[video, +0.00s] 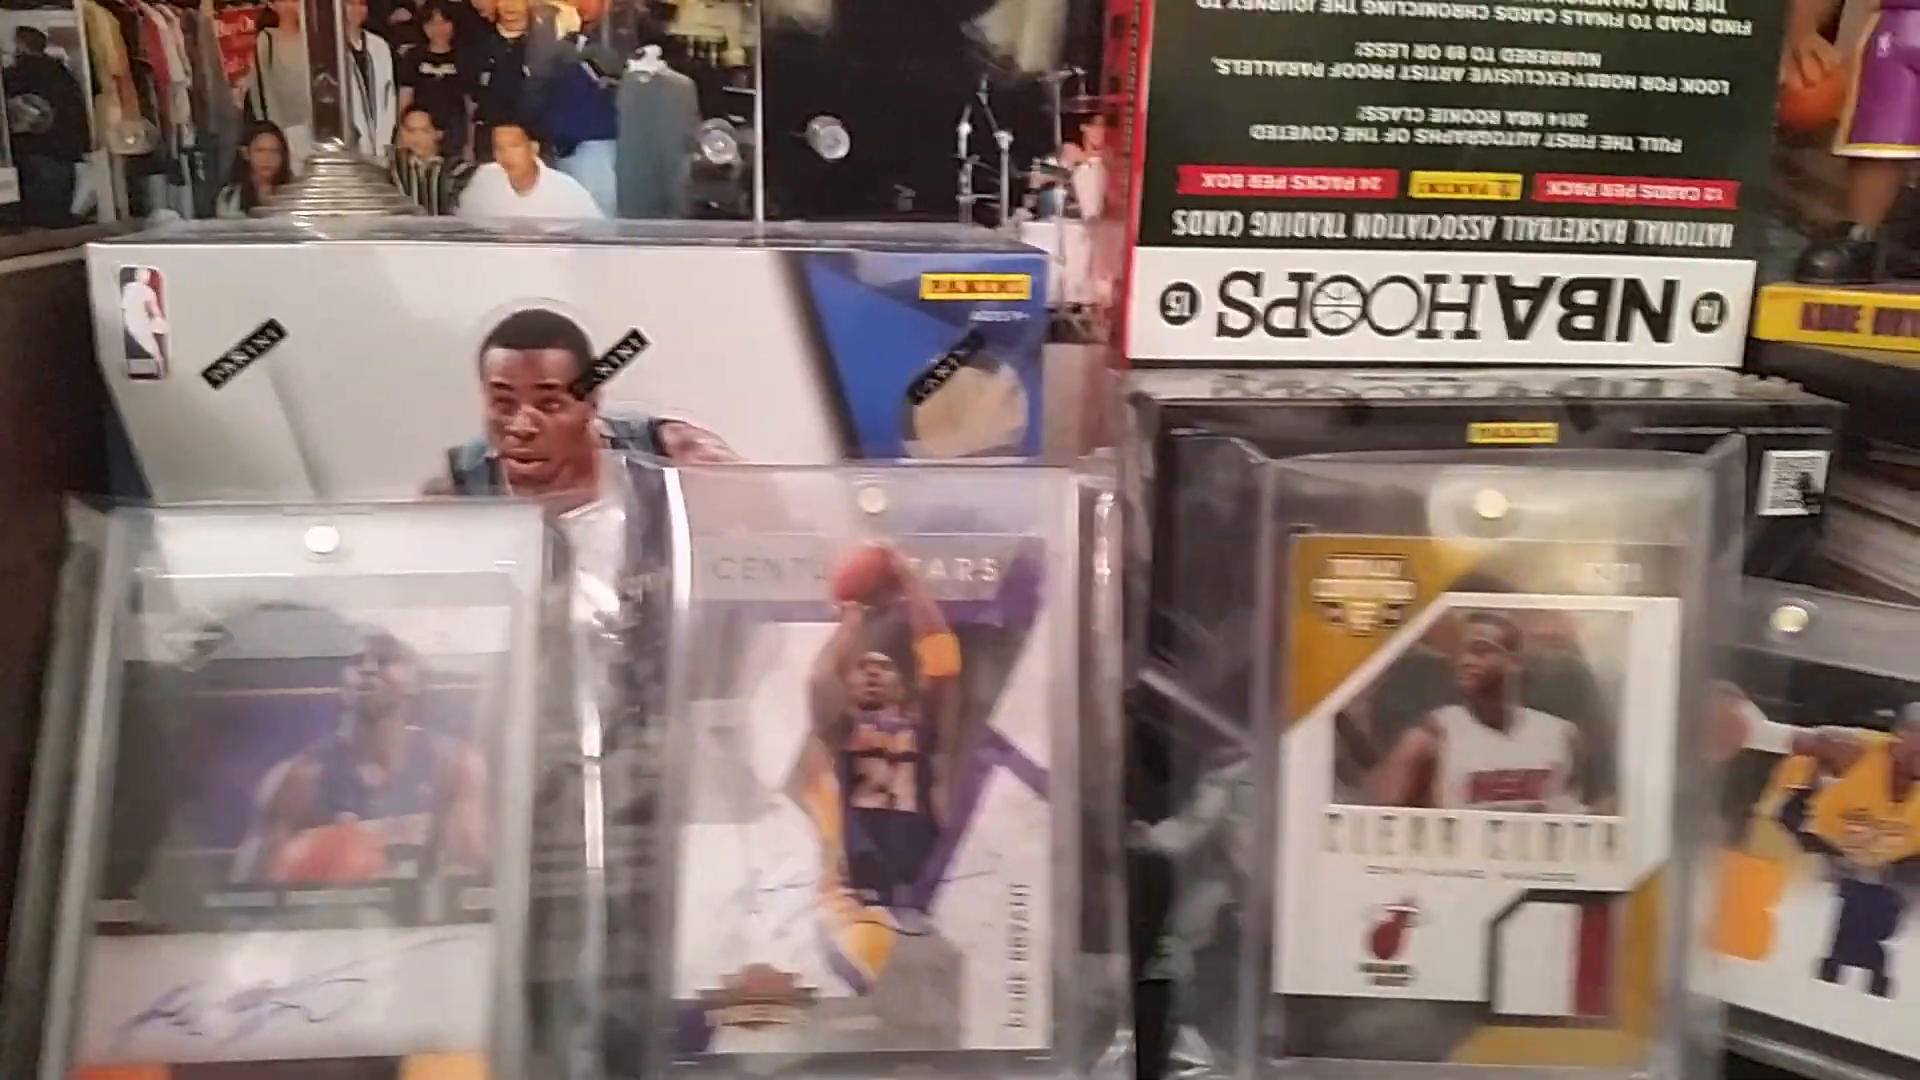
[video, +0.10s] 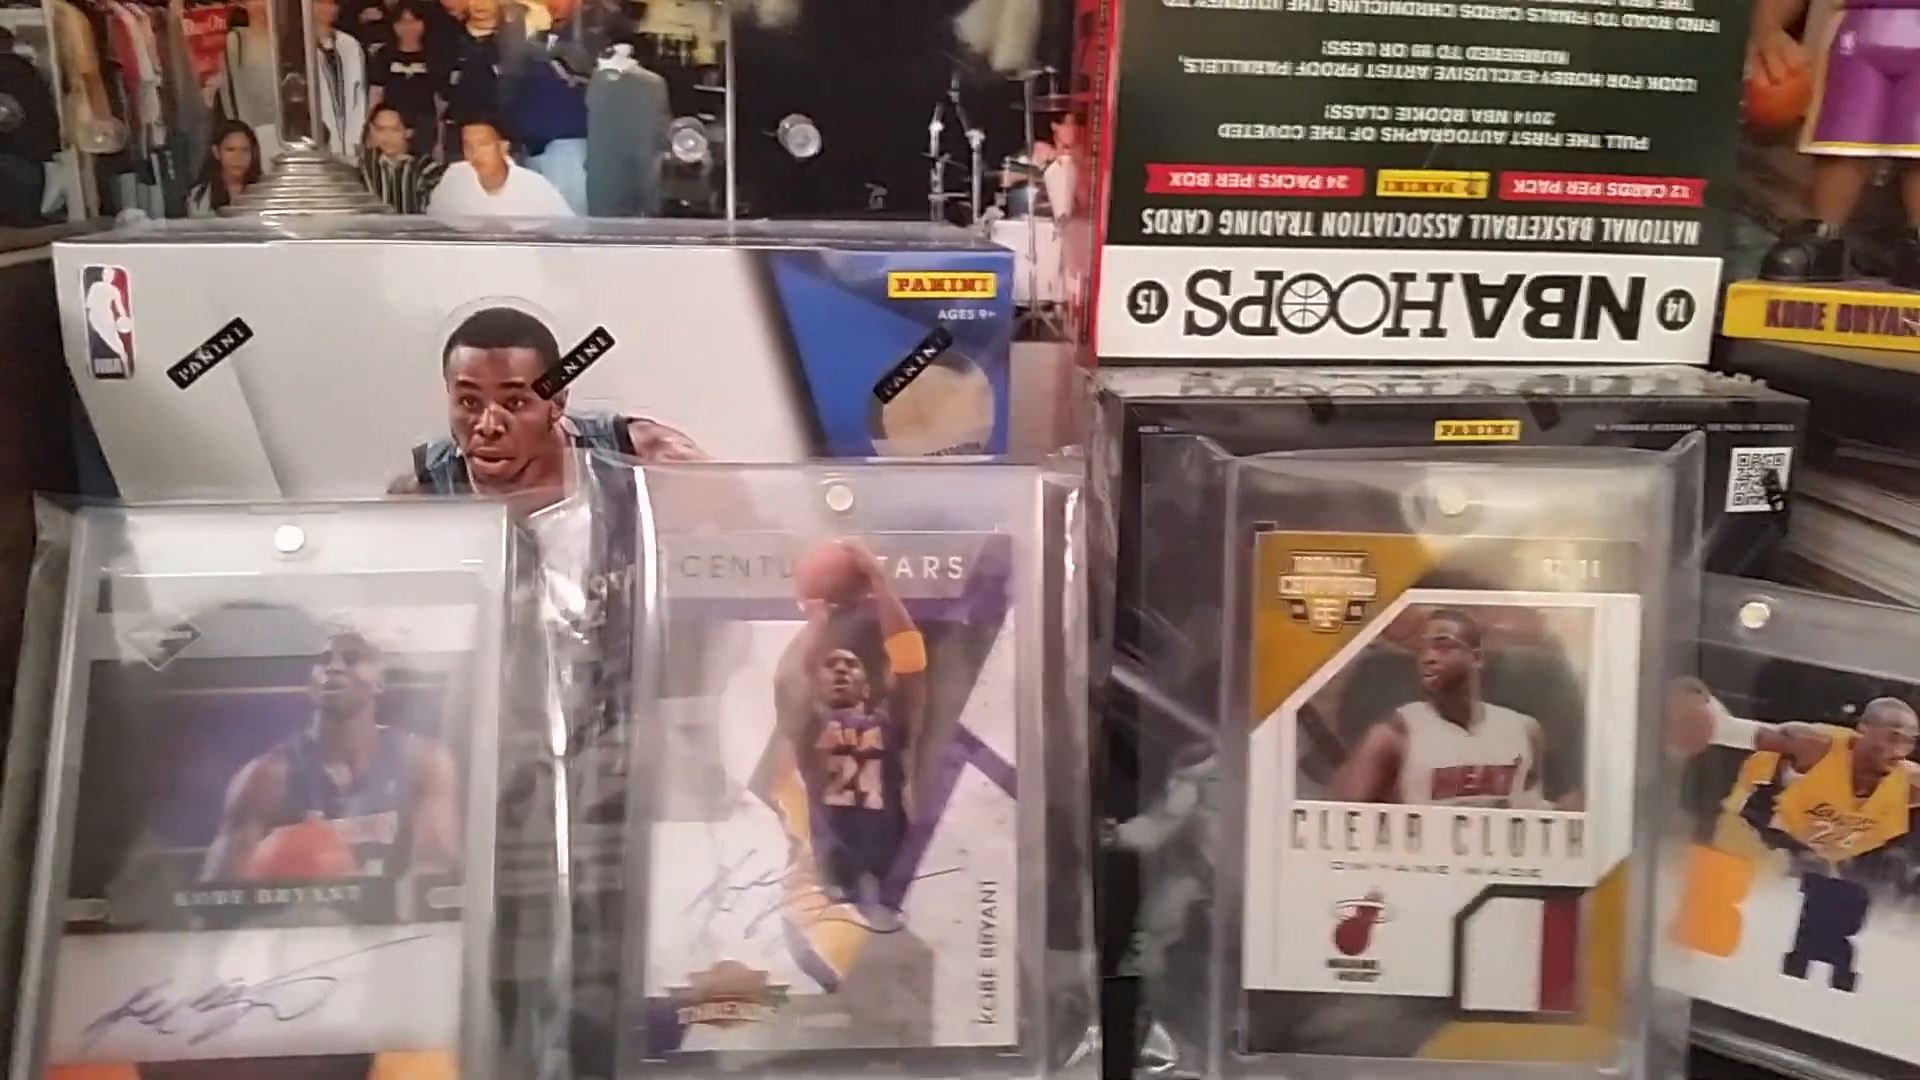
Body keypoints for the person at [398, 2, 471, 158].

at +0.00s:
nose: (440, 29)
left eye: (444, 22)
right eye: (434, 23)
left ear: (453, 26)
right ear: (425, 28)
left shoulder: (463, 58)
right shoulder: (413, 58)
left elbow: (470, 102)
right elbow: (406, 97)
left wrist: (470, 145)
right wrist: (403, 135)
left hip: (454, 132)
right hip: (421, 133)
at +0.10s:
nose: (407, 26)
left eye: (413, 21)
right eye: (402, 21)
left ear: (423, 25)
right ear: (394, 26)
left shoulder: (433, 59)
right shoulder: (384, 56)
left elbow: (440, 102)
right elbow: (376, 95)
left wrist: (440, 143)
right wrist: (369, 132)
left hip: (424, 130)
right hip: (390, 131)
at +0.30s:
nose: (393, 28)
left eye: (399, 21)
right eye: (386, 22)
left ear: (408, 26)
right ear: (380, 27)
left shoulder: (418, 57)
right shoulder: (370, 55)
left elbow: (426, 100)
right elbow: (362, 93)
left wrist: (426, 142)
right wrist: (358, 131)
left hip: (409, 128)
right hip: (377, 129)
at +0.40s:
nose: (385, 29)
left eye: (387, 23)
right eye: (379, 24)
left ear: (395, 29)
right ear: (368, 30)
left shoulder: (405, 59)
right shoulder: (355, 59)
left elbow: (412, 102)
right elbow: (347, 98)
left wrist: (412, 144)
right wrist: (342, 136)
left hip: (395, 130)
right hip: (362, 132)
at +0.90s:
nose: (394, 28)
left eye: (399, 21)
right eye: (387, 22)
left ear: (408, 26)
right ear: (381, 28)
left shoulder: (417, 56)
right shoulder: (370, 56)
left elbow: (426, 98)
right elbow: (362, 95)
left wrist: (426, 141)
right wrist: (359, 132)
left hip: (410, 127)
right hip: (378, 129)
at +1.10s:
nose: (411, 28)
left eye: (417, 22)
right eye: (405, 23)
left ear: (427, 27)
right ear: (399, 28)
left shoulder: (436, 58)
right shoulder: (388, 56)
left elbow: (444, 101)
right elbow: (380, 95)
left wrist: (443, 142)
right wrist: (377, 132)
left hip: (428, 127)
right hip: (395, 128)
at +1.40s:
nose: (427, 29)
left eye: (432, 23)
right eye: (420, 24)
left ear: (441, 28)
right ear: (414, 29)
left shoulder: (451, 59)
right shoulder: (403, 57)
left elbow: (459, 101)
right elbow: (395, 95)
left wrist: (458, 142)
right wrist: (392, 132)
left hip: (442, 128)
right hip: (410, 129)